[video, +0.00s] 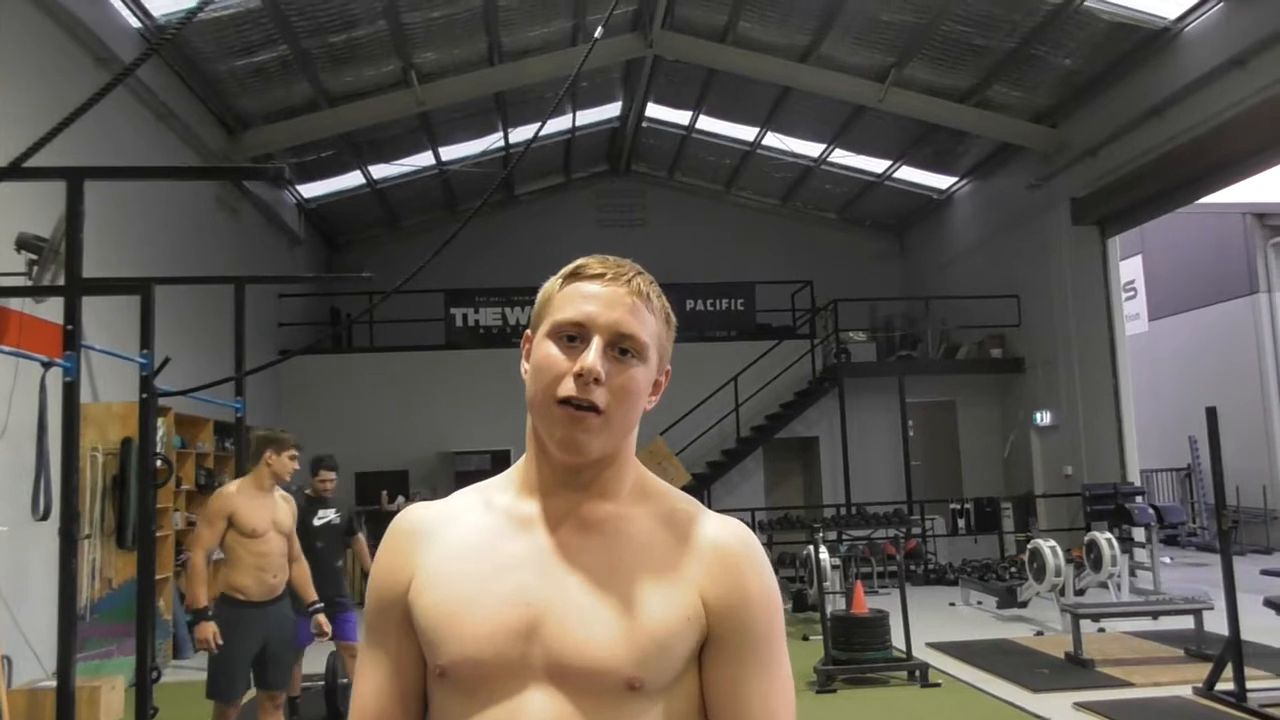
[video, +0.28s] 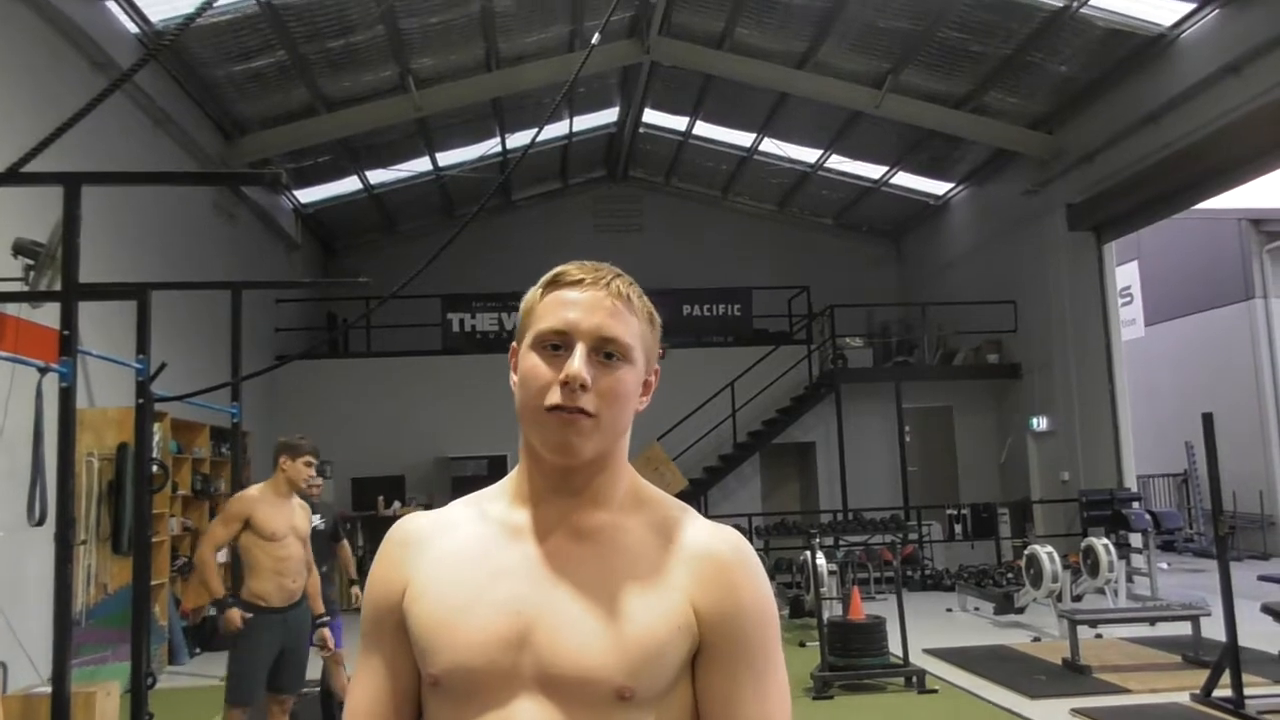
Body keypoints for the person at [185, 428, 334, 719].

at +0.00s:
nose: (296, 466)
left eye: (297, 459)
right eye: (291, 458)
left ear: (273, 459)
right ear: (269, 457)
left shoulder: (287, 502)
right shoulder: (227, 497)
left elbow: (296, 559)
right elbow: (197, 554)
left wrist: (316, 608)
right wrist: (201, 616)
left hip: (279, 611)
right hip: (236, 614)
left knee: (274, 701)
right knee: (228, 705)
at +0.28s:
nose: (312, 473)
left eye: (314, 467)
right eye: (307, 465)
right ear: (284, 463)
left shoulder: (303, 508)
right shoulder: (248, 501)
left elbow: (309, 568)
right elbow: (204, 549)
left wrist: (321, 621)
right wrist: (224, 604)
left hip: (297, 617)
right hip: (255, 620)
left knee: (282, 704)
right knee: (238, 708)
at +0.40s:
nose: (321, 476)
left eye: (323, 470)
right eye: (315, 468)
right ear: (292, 465)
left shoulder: (311, 512)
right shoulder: (257, 502)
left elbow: (316, 570)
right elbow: (214, 550)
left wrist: (326, 624)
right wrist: (233, 605)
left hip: (304, 620)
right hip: (262, 621)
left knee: (288, 704)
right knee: (251, 709)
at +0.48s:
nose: (325, 478)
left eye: (327, 472)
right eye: (320, 469)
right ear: (297, 466)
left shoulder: (317, 513)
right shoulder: (262, 503)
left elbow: (321, 571)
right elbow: (218, 550)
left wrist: (330, 625)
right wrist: (236, 604)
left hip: (309, 619)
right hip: (268, 620)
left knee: (293, 704)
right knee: (264, 709)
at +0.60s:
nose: (334, 481)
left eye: (336, 475)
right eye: (329, 473)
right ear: (306, 469)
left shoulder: (324, 515)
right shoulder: (269, 505)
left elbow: (331, 574)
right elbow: (225, 547)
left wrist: (340, 628)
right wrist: (238, 602)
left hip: (316, 618)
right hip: (278, 620)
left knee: (303, 705)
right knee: (294, 708)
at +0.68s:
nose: (340, 484)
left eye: (342, 478)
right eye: (335, 475)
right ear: (312, 471)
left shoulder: (331, 517)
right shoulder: (276, 506)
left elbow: (338, 577)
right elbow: (231, 550)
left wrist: (347, 629)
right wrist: (243, 604)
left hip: (321, 619)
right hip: (284, 620)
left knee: (293, 705)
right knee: (314, 706)